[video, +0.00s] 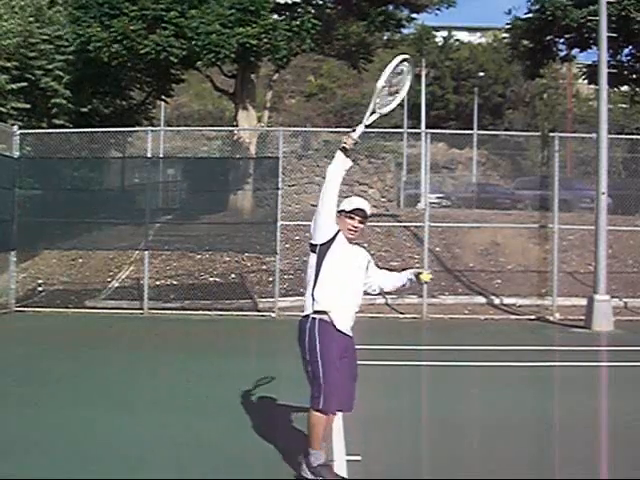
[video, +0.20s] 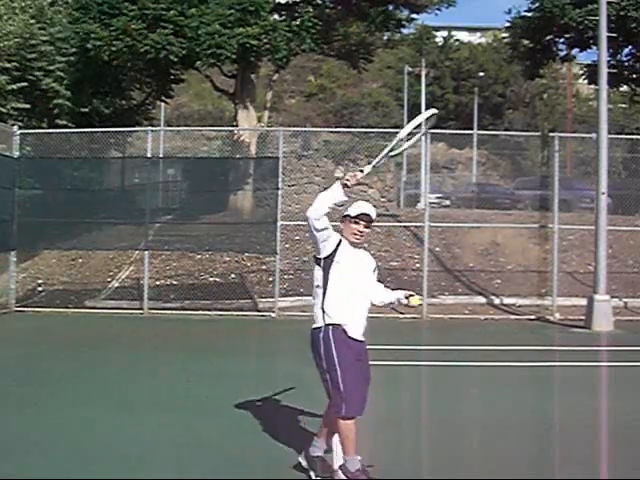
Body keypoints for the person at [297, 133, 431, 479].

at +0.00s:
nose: (355, 223)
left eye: (361, 218)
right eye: (350, 216)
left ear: (366, 223)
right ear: (338, 217)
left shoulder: (362, 258)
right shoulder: (327, 239)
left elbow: (379, 282)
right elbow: (327, 198)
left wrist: (409, 277)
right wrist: (343, 155)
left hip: (343, 330)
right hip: (319, 324)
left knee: (336, 398)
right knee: (324, 395)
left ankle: (318, 458)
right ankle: (315, 462)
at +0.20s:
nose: (360, 229)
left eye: (366, 225)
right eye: (355, 222)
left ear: (370, 230)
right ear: (342, 222)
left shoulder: (367, 261)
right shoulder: (330, 244)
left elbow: (373, 293)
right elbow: (315, 214)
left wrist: (398, 297)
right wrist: (342, 186)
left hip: (354, 335)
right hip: (330, 331)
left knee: (349, 396)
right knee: (346, 397)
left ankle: (315, 451)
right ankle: (351, 465)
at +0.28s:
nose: (362, 232)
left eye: (367, 227)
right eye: (356, 225)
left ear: (371, 232)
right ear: (343, 228)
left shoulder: (368, 261)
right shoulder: (332, 252)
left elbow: (371, 300)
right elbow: (305, 235)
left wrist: (395, 308)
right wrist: (336, 214)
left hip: (359, 336)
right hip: (336, 334)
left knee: (363, 399)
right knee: (356, 400)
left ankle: (320, 448)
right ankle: (351, 467)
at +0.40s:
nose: (361, 232)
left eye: (366, 228)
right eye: (356, 226)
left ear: (371, 232)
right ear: (343, 227)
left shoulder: (369, 260)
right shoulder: (330, 248)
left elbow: (373, 293)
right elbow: (296, 263)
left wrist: (386, 312)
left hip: (361, 337)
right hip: (337, 335)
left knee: (368, 397)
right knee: (355, 400)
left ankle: (322, 444)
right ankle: (351, 467)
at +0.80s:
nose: (348, 232)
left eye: (355, 228)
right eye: (344, 226)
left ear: (362, 234)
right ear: (335, 227)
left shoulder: (365, 262)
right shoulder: (315, 250)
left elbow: (373, 296)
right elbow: (280, 269)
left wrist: (369, 318)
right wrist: (294, 290)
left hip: (344, 338)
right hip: (316, 335)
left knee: (338, 396)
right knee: (319, 396)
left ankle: (321, 452)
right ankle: (306, 458)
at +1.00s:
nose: (338, 231)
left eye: (344, 227)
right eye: (333, 225)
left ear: (351, 232)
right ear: (325, 226)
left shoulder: (357, 262)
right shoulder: (306, 247)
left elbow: (367, 293)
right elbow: (264, 251)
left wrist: (364, 313)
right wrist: (274, 240)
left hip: (337, 338)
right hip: (307, 333)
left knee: (332, 396)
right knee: (301, 395)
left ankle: (321, 452)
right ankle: (284, 453)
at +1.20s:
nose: (326, 230)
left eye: (333, 226)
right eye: (322, 224)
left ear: (339, 232)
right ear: (313, 224)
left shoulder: (345, 262)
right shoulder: (295, 246)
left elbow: (355, 294)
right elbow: (273, 218)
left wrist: (352, 312)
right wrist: (273, 186)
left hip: (328, 339)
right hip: (295, 335)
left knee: (330, 401)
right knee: (295, 398)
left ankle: (318, 451)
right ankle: (284, 456)